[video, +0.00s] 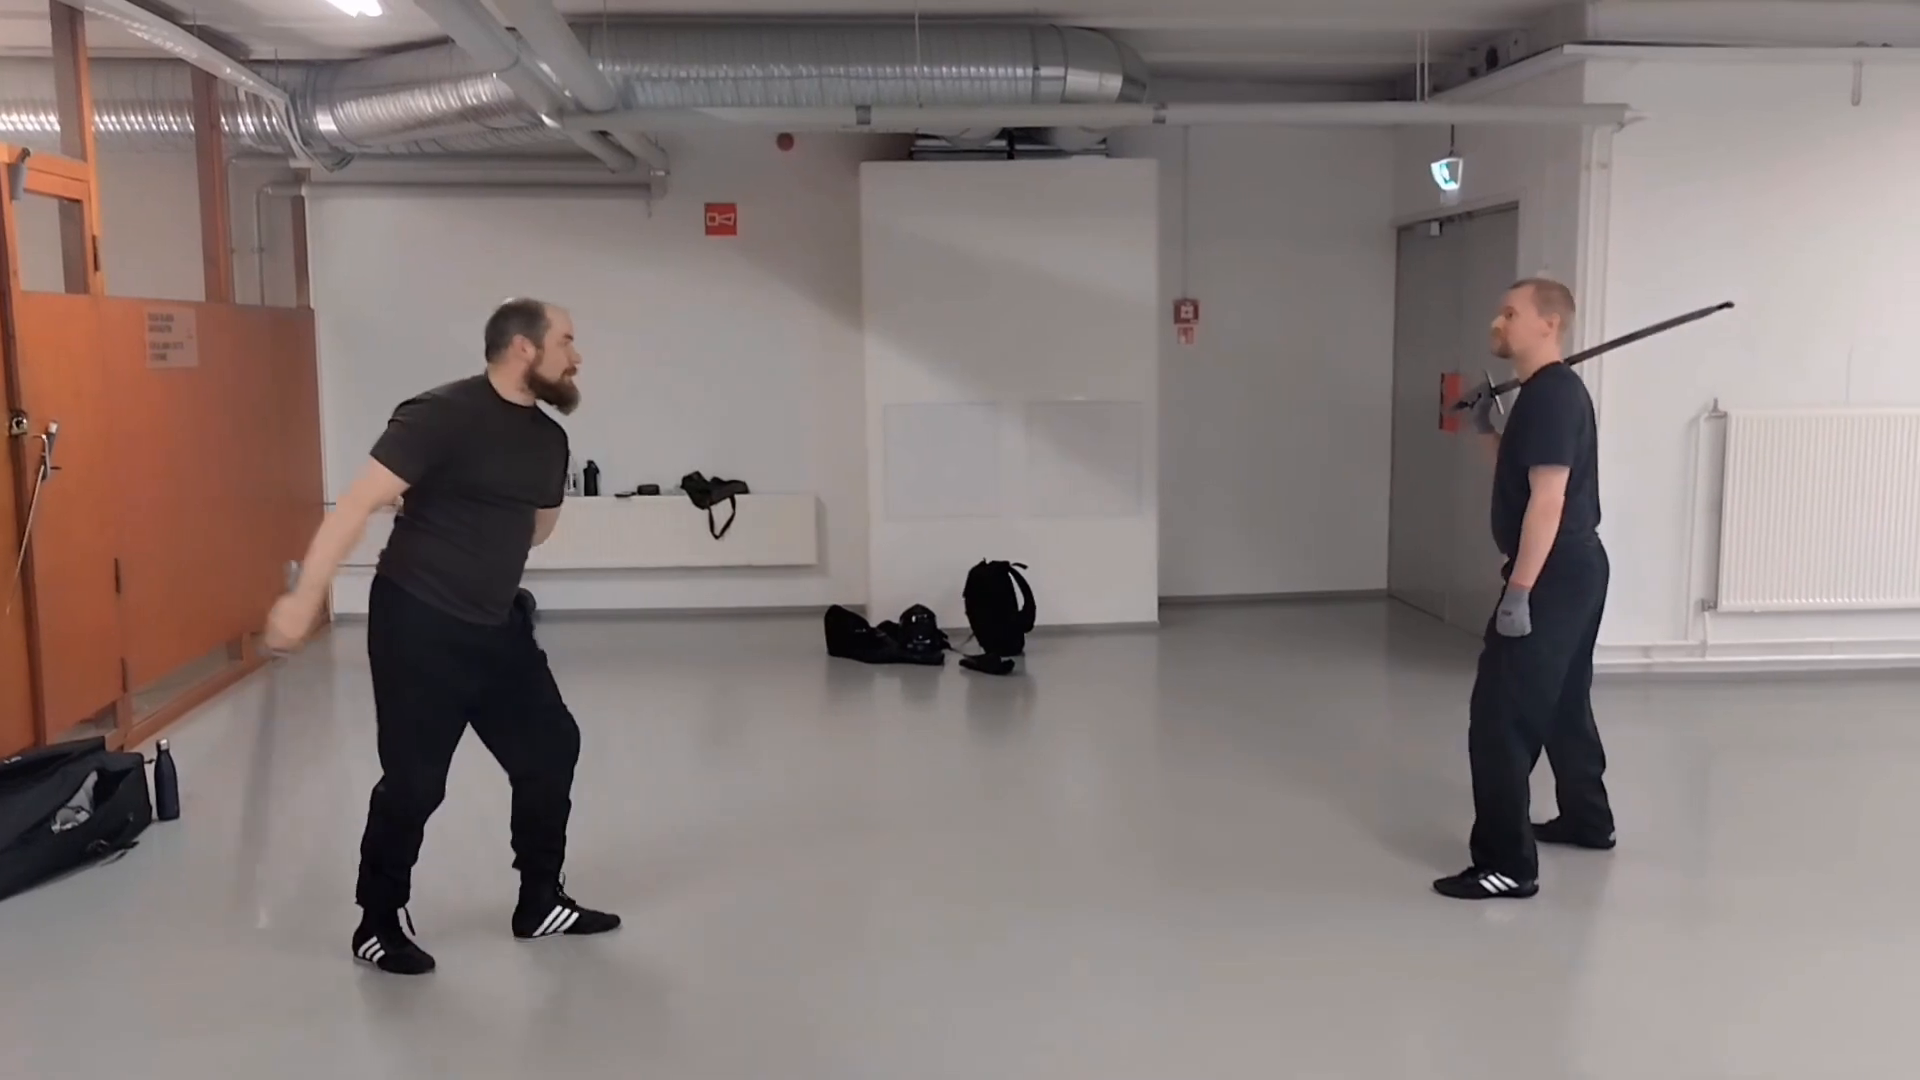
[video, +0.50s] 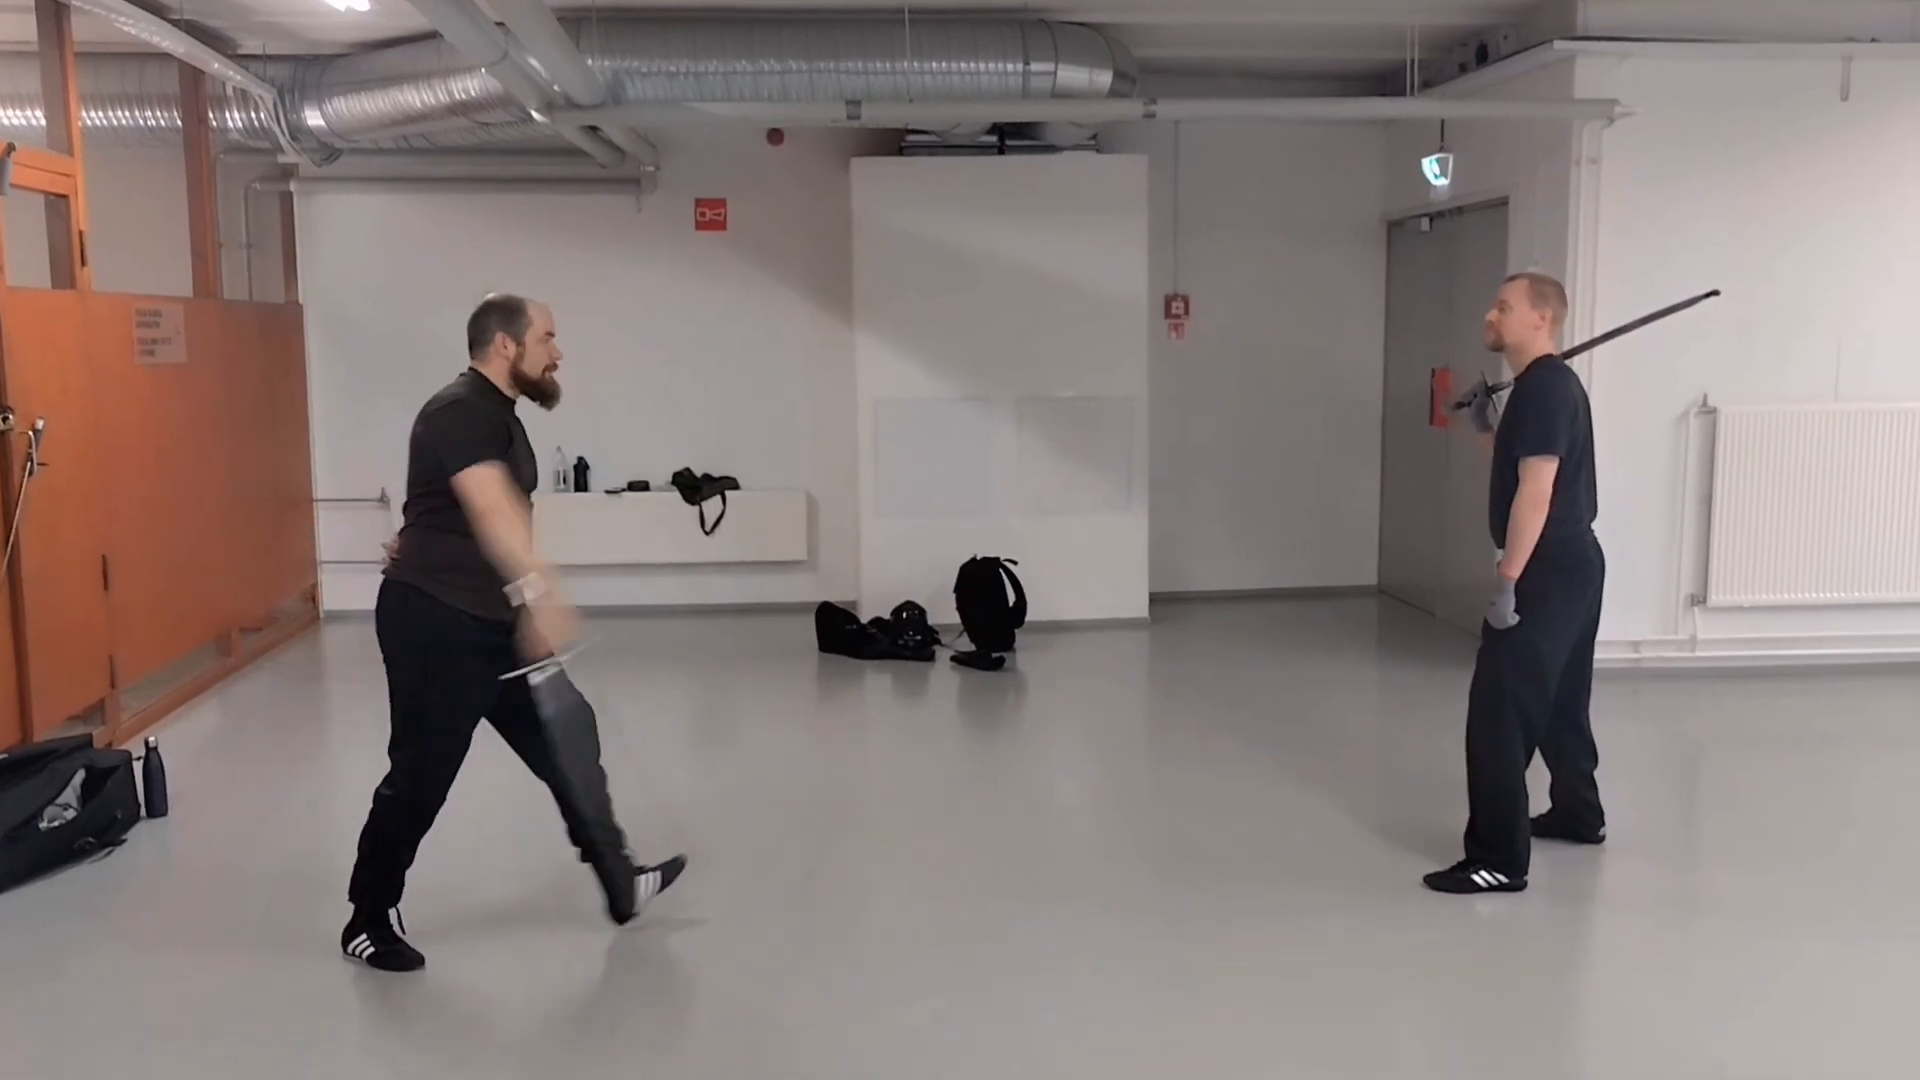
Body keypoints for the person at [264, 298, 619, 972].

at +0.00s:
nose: (576, 356)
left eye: (574, 343)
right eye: (566, 342)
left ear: (530, 351)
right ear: (522, 349)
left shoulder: (548, 438)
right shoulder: (440, 416)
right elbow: (355, 503)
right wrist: (304, 596)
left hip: (494, 625)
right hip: (417, 620)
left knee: (550, 748)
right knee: (414, 776)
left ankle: (540, 901)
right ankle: (378, 925)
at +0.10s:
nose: (567, 353)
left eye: (565, 341)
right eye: (556, 340)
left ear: (520, 348)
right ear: (513, 346)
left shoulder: (538, 435)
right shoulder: (432, 416)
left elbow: (527, 523)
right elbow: (348, 503)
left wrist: (470, 570)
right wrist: (286, 592)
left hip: (487, 623)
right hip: (410, 620)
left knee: (549, 745)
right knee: (411, 780)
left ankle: (540, 898)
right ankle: (377, 923)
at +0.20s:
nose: (559, 349)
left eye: (557, 337)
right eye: (548, 337)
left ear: (514, 348)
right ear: (504, 345)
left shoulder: (528, 431)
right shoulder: (430, 417)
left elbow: (501, 523)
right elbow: (351, 514)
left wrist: (486, 595)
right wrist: (293, 602)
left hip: (485, 622)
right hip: (409, 621)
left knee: (551, 737)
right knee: (411, 780)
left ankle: (541, 891)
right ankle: (374, 922)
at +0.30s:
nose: (554, 350)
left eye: (551, 337)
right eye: (543, 337)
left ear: (503, 345)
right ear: (501, 344)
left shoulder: (513, 426)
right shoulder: (434, 420)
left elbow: (478, 526)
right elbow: (382, 527)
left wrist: (493, 601)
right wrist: (339, 623)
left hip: (488, 624)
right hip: (417, 628)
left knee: (561, 729)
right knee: (414, 784)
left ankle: (547, 882)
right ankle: (372, 923)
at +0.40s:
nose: (551, 351)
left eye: (549, 338)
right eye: (541, 337)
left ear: (499, 347)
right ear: (497, 346)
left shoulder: (495, 417)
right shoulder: (446, 419)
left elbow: (477, 521)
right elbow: (429, 535)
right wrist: (423, 632)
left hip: (493, 620)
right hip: (431, 622)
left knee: (566, 723)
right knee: (417, 778)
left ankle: (570, 884)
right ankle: (371, 917)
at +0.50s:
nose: (557, 353)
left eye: (554, 340)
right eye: (546, 340)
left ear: (505, 347)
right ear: (505, 346)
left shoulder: (499, 418)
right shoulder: (463, 411)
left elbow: (476, 519)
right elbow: (493, 514)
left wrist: (417, 546)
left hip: (486, 619)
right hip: (433, 617)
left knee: (564, 739)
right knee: (420, 776)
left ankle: (619, 879)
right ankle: (368, 920)